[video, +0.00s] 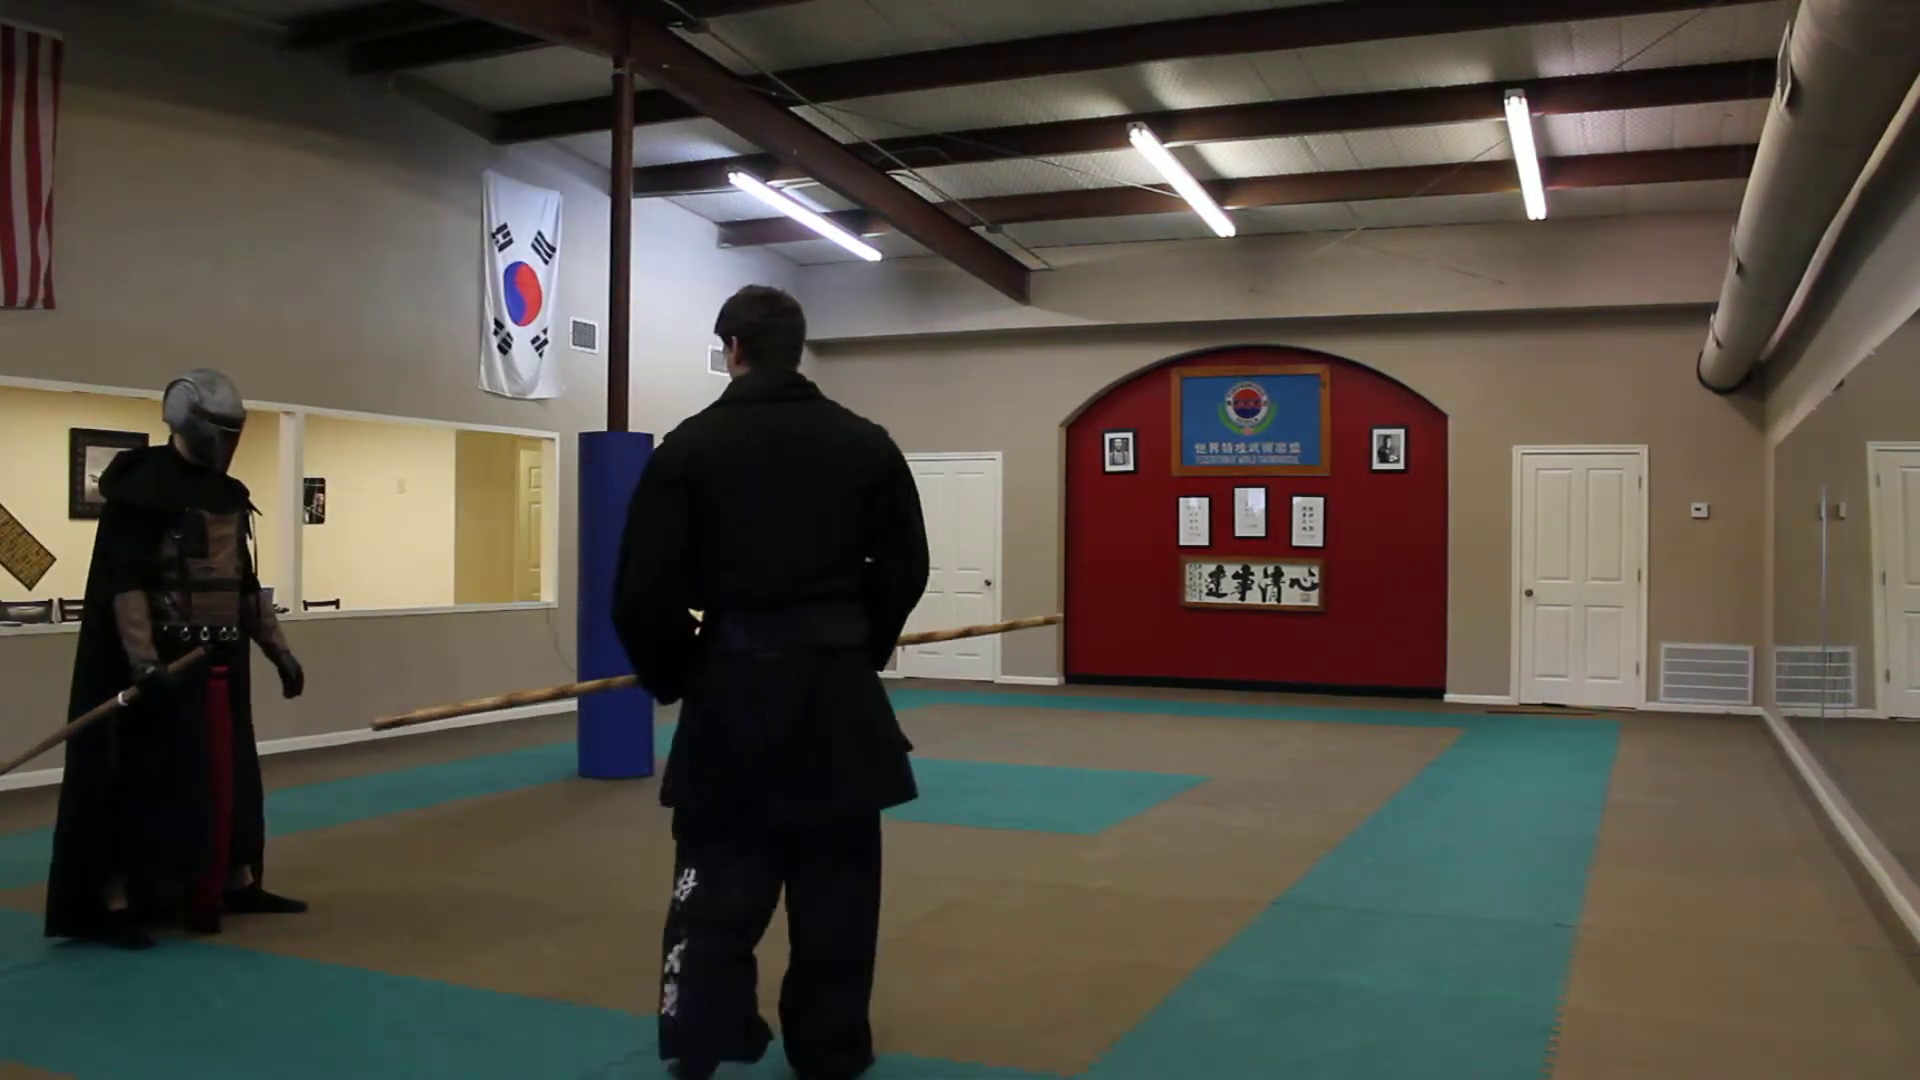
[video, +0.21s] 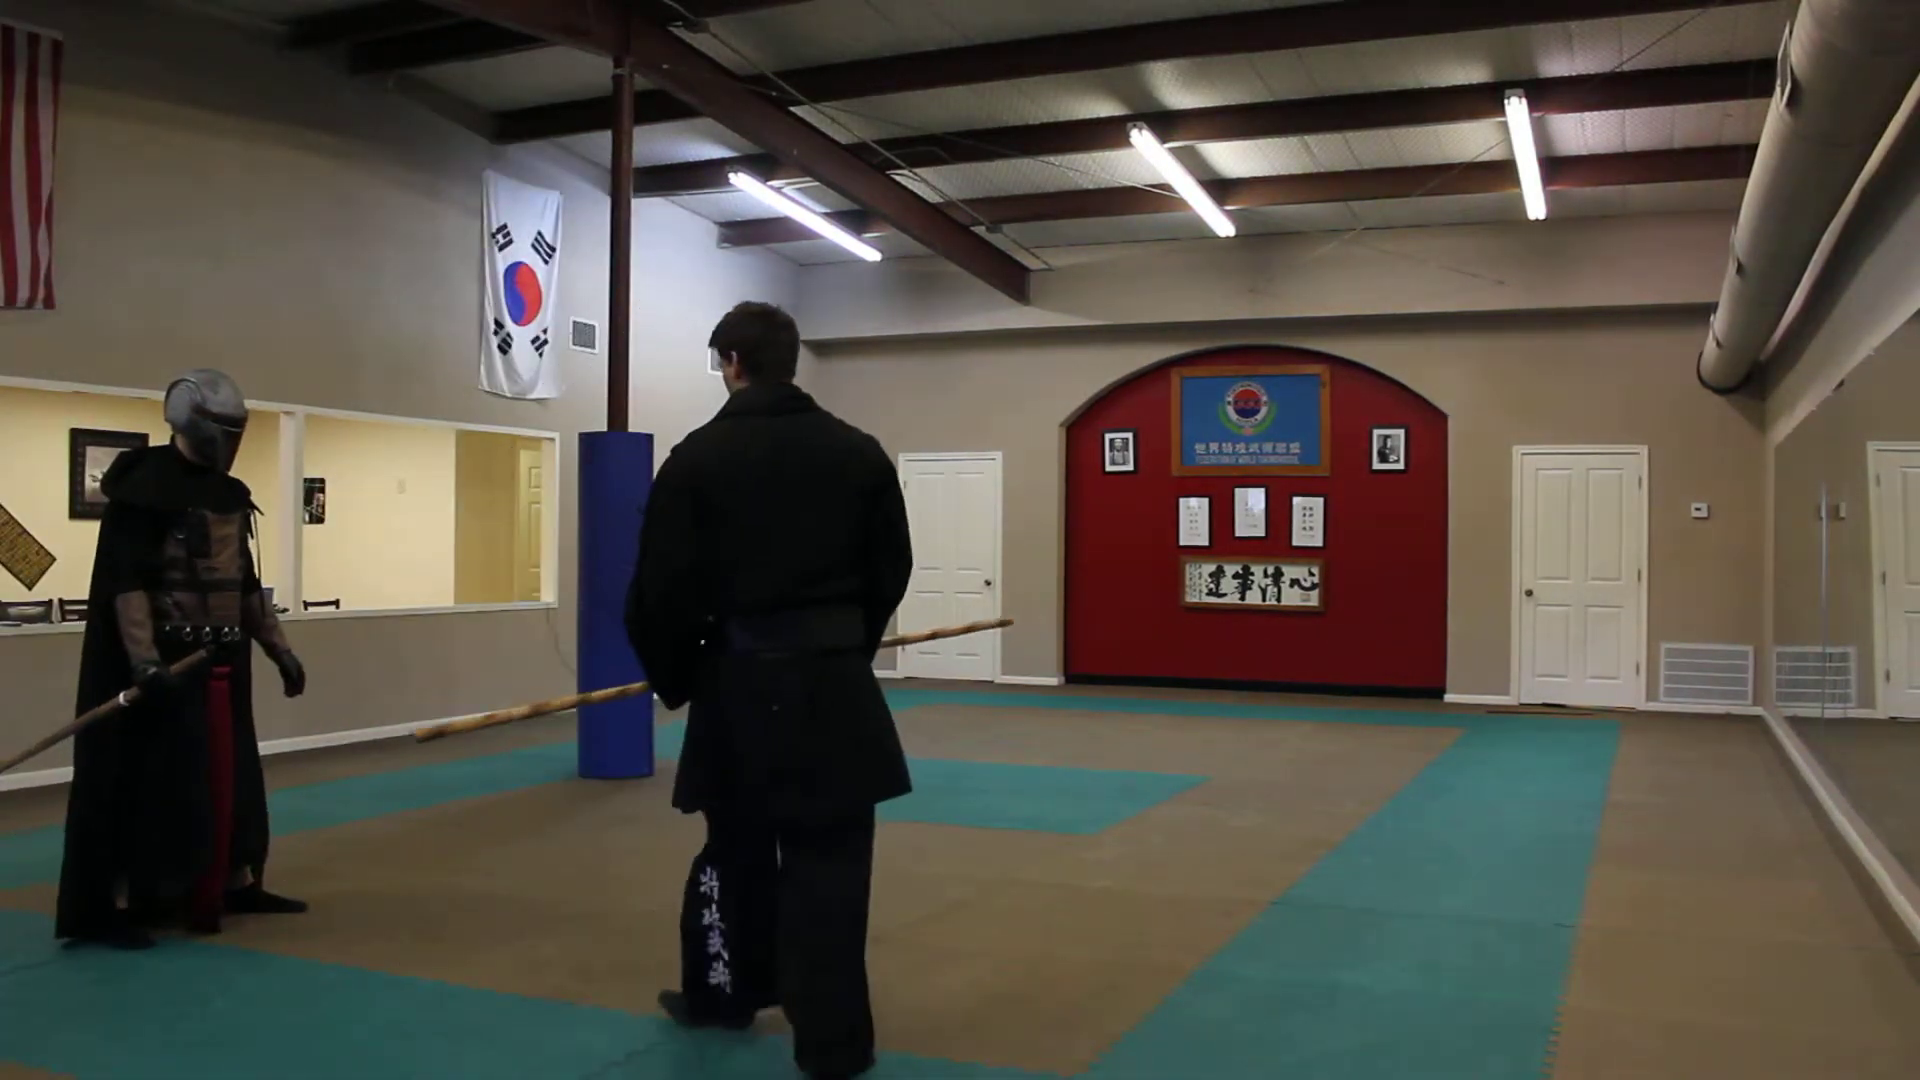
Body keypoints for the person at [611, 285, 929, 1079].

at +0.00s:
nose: (718, 358)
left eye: (719, 348)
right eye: (722, 347)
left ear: (732, 352)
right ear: (800, 351)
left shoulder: (688, 450)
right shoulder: (865, 443)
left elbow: (640, 594)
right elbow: (905, 570)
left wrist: (681, 676)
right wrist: (857, 654)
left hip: (730, 700)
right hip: (840, 702)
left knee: (715, 891)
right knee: (838, 897)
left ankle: (704, 1054)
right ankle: (832, 1057)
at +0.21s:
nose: (718, 375)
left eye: (718, 364)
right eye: (719, 363)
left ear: (733, 365)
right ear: (793, 362)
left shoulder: (697, 459)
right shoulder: (860, 453)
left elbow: (657, 598)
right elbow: (889, 573)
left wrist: (683, 678)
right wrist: (847, 648)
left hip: (738, 690)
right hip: (839, 689)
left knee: (739, 846)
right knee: (835, 868)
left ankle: (731, 995)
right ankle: (835, 1045)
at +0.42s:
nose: (693, 383)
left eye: (692, 372)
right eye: (694, 371)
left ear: (707, 372)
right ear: (763, 369)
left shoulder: (681, 468)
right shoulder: (833, 458)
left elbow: (638, 600)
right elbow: (858, 576)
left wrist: (656, 676)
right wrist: (814, 637)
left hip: (720, 683)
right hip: (813, 682)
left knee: (718, 842)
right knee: (816, 845)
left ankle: (729, 997)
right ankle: (841, 1004)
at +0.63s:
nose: (678, 387)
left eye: (677, 375)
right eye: (677, 375)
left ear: (694, 374)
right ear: (746, 369)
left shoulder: (681, 466)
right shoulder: (817, 455)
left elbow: (631, 590)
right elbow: (840, 559)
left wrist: (645, 659)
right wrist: (802, 617)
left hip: (719, 674)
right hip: (801, 668)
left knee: (717, 836)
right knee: (804, 820)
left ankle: (734, 996)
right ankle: (836, 973)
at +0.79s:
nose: (682, 399)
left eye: (682, 386)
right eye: (681, 386)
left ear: (701, 382)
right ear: (745, 377)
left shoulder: (703, 468)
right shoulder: (816, 459)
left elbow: (645, 586)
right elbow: (830, 562)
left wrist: (647, 651)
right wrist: (785, 603)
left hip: (730, 668)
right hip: (803, 661)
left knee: (719, 824)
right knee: (807, 804)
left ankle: (733, 994)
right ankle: (818, 939)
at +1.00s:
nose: (692, 416)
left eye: (694, 403)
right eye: (690, 404)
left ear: (721, 398)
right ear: (744, 396)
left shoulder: (743, 468)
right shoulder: (807, 459)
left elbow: (709, 572)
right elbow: (804, 569)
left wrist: (667, 650)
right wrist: (713, 622)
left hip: (774, 662)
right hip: (824, 654)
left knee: (743, 816)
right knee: (817, 803)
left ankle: (737, 987)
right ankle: (825, 941)